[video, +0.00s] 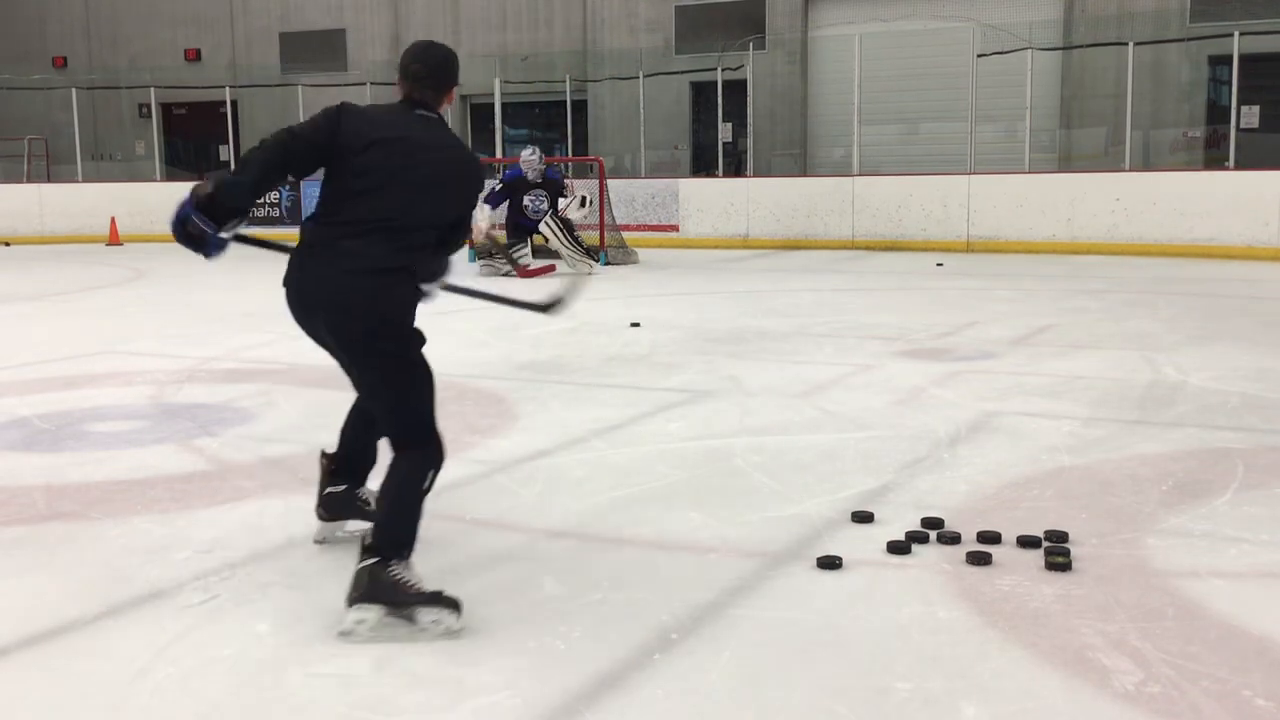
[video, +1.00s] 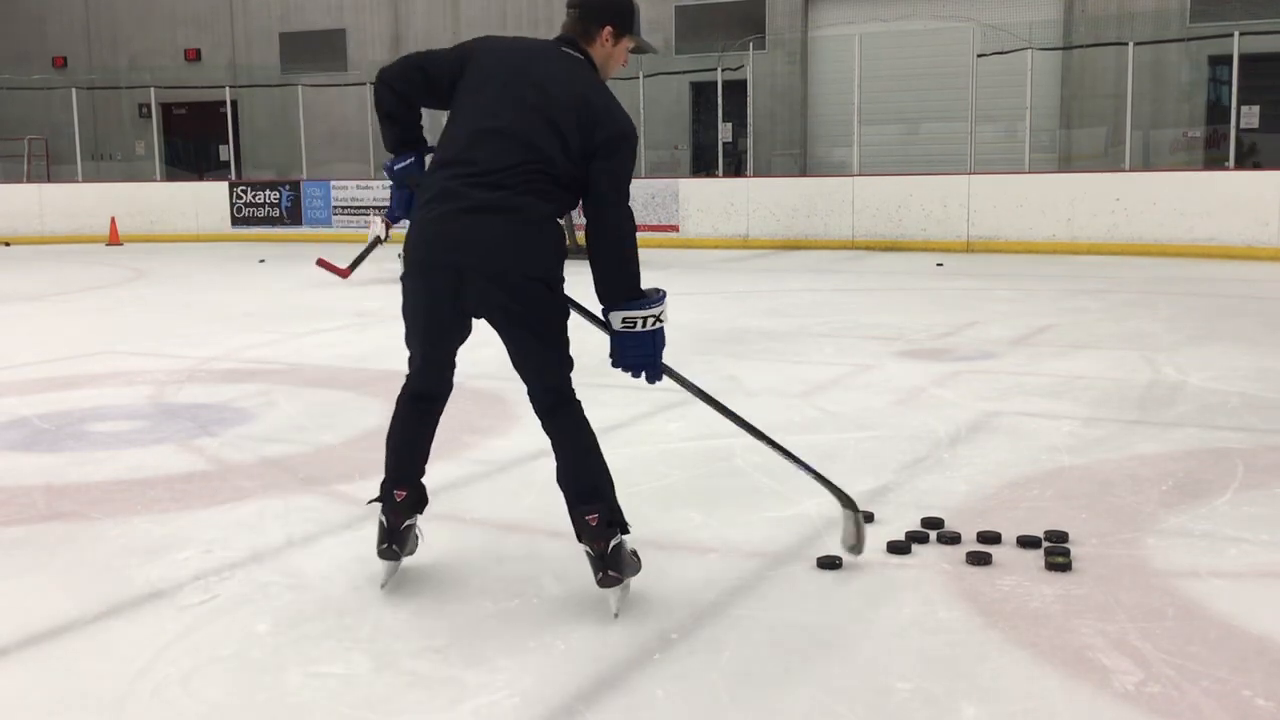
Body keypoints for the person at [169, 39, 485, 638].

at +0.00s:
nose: (448, 96)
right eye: (452, 89)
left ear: (398, 83)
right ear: (451, 93)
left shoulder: (350, 122)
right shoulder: (462, 164)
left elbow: (278, 153)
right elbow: (443, 248)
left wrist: (212, 208)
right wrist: (414, 275)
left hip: (307, 289)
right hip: (375, 309)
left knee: (384, 383)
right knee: (419, 448)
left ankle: (342, 490)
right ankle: (384, 566)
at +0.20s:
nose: (484, 78)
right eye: (486, 71)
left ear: (430, 67)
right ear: (482, 74)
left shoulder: (380, 112)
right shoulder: (491, 138)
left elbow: (303, 160)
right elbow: (504, 226)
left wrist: (280, 237)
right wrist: (528, 292)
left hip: (342, 274)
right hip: (403, 284)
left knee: (429, 374)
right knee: (470, 408)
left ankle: (382, 483)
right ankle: (451, 541)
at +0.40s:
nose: (533, 67)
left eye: (530, 57)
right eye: (534, 58)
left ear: (480, 52)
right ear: (526, 60)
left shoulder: (425, 101)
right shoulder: (523, 120)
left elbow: (355, 160)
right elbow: (547, 218)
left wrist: (353, 233)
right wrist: (586, 288)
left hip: (383, 263)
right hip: (439, 273)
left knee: (447, 377)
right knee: (512, 395)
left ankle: (393, 485)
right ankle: (493, 536)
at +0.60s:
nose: (589, 66)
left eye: (592, 54)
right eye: (591, 54)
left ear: (537, 40)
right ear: (574, 46)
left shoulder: (466, 81)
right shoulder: (569, 119)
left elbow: (387, 132)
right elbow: (579, 226)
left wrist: (385, 211)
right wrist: (613, 306)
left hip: (417, 257)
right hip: (487, 269)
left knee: (436, 375)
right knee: (551, 399)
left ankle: (400, 486)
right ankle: (554, 540)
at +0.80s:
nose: (628, 64)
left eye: (632, 52)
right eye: (629, 50)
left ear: (577, 31)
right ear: (607, 40)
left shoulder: (489, 62)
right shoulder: (603, 118)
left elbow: (398, 91)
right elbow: (604, 225)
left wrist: (408, 179)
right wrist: (627, 321)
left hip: (440, 251)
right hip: (520, 262)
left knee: (440, 376)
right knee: (562, 401)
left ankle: (408, 505)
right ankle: (606, 533)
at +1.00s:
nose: (626, 63)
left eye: (631, 52)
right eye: (628, 50)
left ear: (577, 27)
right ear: (605, 36)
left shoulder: (485, 55)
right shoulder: (606, 116)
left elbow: (395, 80)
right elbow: (609, 230)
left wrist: (407, 162)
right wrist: (632, 319)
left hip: (433, 253)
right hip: (519, 264)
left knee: (424, 380)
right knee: (557, 404)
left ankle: (396, 515)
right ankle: (604, 543)